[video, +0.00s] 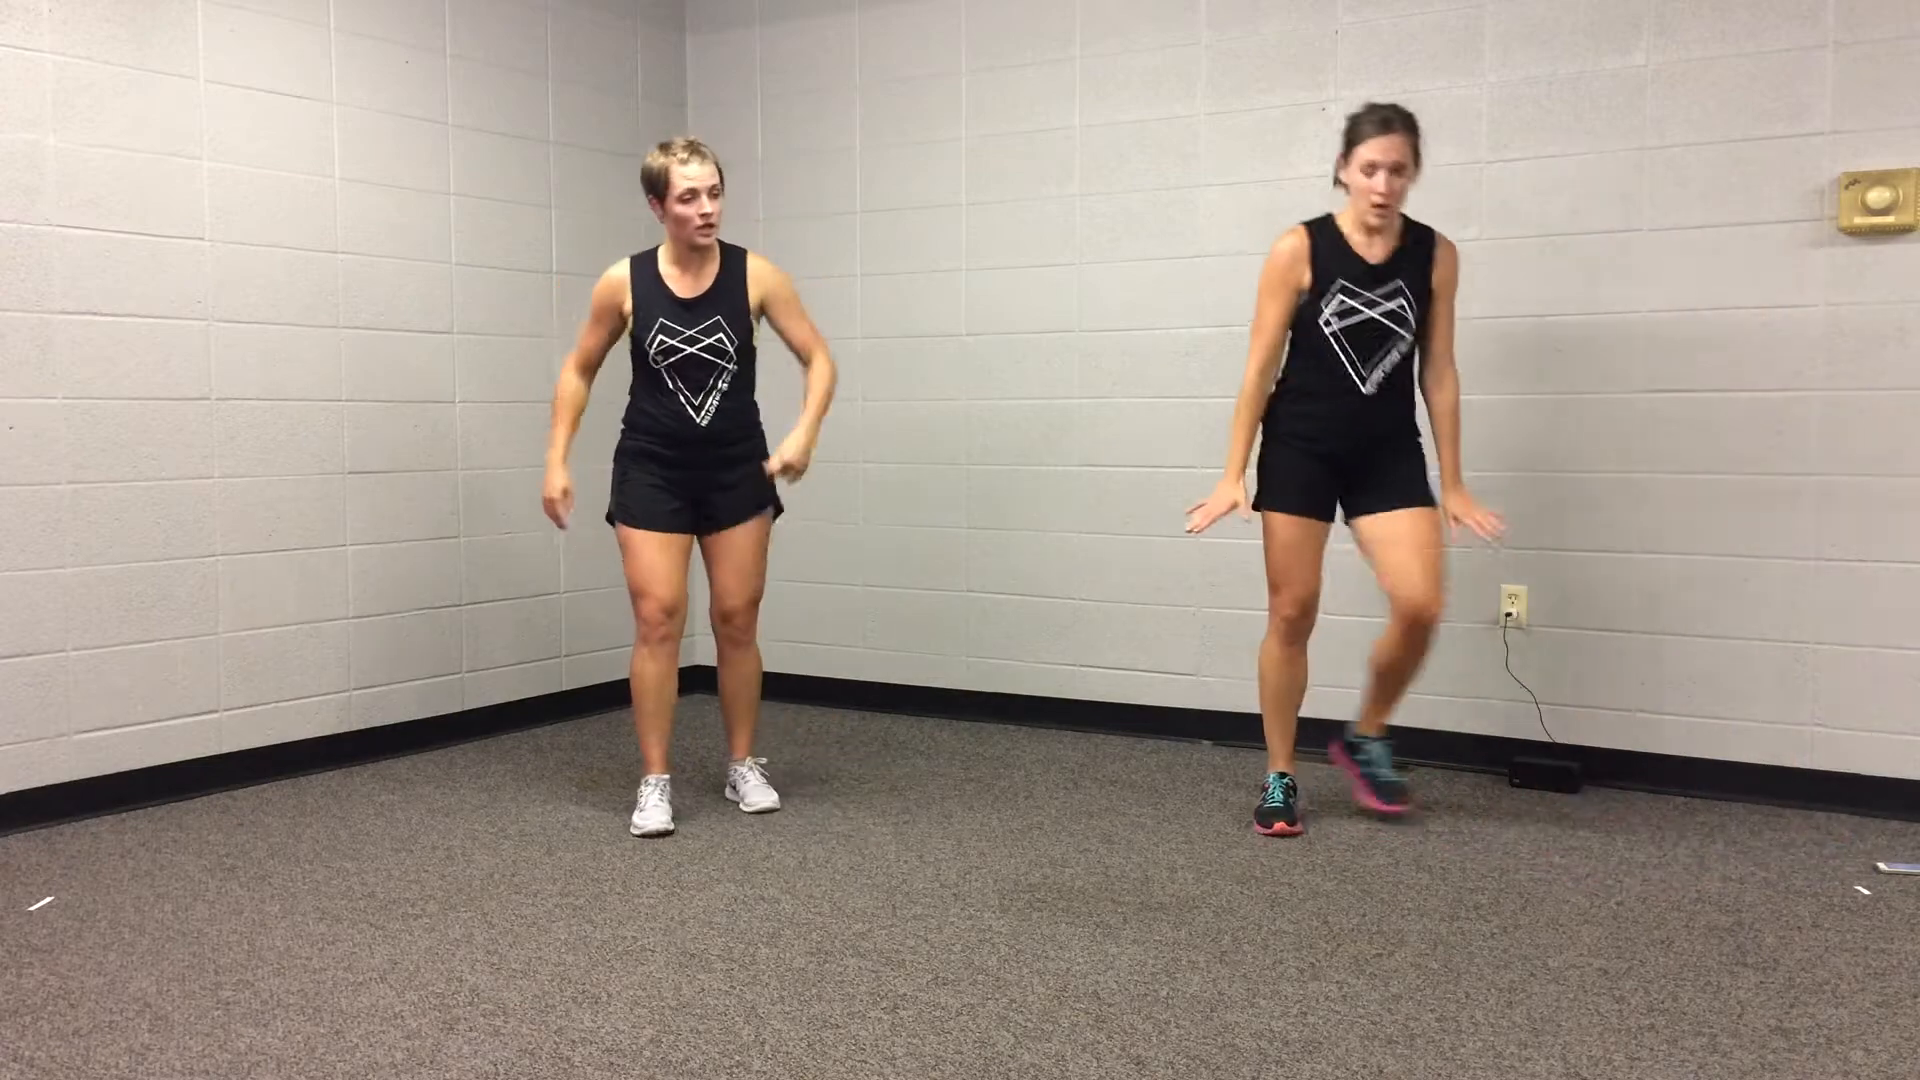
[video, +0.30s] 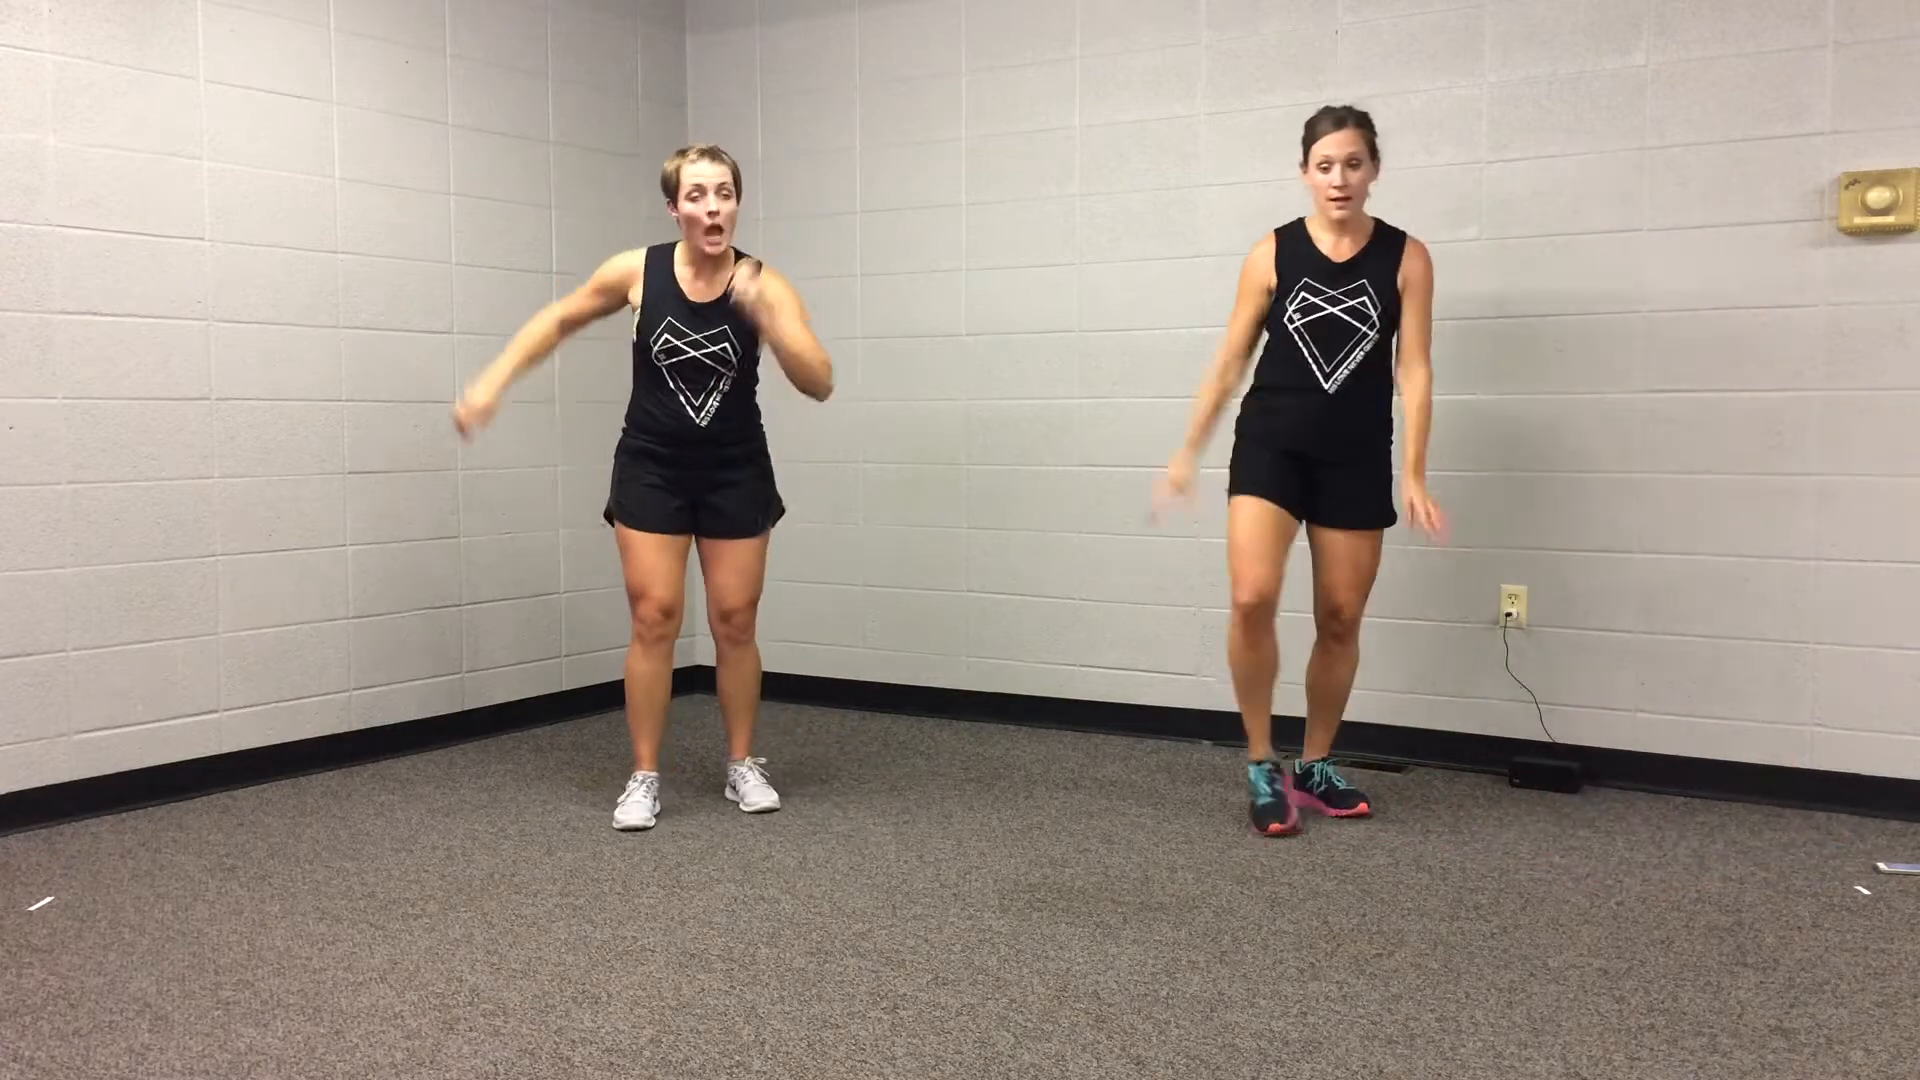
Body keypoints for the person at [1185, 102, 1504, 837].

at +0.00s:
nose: (1384, 185)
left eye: (1399, 171)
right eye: (1371, 169)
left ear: (1416, 177)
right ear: (1344, 171)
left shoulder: (1435, 258)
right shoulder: (1299, 251)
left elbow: (1439, 374)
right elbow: (1261, 369)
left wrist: (1453, 483)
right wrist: (1233, 473)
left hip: (1387, 452)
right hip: (1299, 451)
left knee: (1421, 606)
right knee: (1291, 613)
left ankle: (1365, 734)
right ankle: (1279, 774)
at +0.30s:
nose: (1339, 178)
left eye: (1353, 164)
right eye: (1325, 165)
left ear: (1375, 171)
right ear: (1305, 173)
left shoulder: (1405, 258)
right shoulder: (1272, 255)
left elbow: (1413, 368)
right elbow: (1229, 363)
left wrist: (1414, 472)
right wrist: (1189, 449)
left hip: (1357, 454)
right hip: (1271, 446)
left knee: (1340, 618)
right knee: (1252, 601)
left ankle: (1315, 763)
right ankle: (1261, 763)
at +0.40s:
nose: (1330, 174)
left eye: (1343, 161)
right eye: (1316, 162)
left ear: (1364, 170)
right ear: (1295, 170)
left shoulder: (1397, 252)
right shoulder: (1262, 252)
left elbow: (1419, 341)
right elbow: (1190, 344)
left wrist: (1412, 394)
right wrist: (1124, 400)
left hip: (1349, 444)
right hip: (1265, 436)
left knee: (1335, 613)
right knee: (1236, 584)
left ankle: (1315, 763)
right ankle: (1235, 747)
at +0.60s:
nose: (1304, 171)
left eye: (1318, 157)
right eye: (1290, 158)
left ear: (1338, 167)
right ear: (1269, 168)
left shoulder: (1371, 238)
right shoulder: (1241, 250)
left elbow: (1393, 344)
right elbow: (1160, 336)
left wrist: (1361, 315)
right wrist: (1079, 345)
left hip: (1328, 451)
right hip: (1244, 444)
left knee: (1315, 613)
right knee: (1223, 610)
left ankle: (1313, 765)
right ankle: (1196, 780)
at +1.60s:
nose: (1287, 173)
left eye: (1302, 157)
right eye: (1274, 161)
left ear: (1339, 164)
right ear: (1263, 174)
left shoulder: (1385, 231)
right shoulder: (1249, 261)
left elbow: (1464, 330)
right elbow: (1189, 378)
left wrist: (1398, 274)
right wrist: (1146, 342)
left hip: (1321, 466)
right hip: (1223, 448)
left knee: (1380, 647)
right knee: (1139, 606)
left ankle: (1457, 835)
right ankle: (1114, 783)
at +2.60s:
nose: (1304, 228)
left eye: (1321, 212)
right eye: (1293, 213)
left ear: (1355, 217)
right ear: (1279, 217)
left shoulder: (1384, 296)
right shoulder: (1245, 282)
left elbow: (1424, 412)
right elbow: (1183, 369)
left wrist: (1383, 432)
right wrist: (1157, 407)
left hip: (1308, 457)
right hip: (1221, 445)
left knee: (1361, 621)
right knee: (1167, 604)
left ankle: (1415, 773)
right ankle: (1142, 782)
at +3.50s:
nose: (1302, 172)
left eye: (1316, 161)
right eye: (1286, 164)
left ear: (1339, 184)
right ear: (1264, 191)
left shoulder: (1387, 271)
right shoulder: (1247, 289)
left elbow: (1457, 368)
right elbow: (1250, 408)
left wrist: (1522, 463)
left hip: (1381, 478)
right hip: (1279, 479)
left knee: (1436, 649)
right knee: (1158, 627)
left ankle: (1453, 834)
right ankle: (1137, 768)